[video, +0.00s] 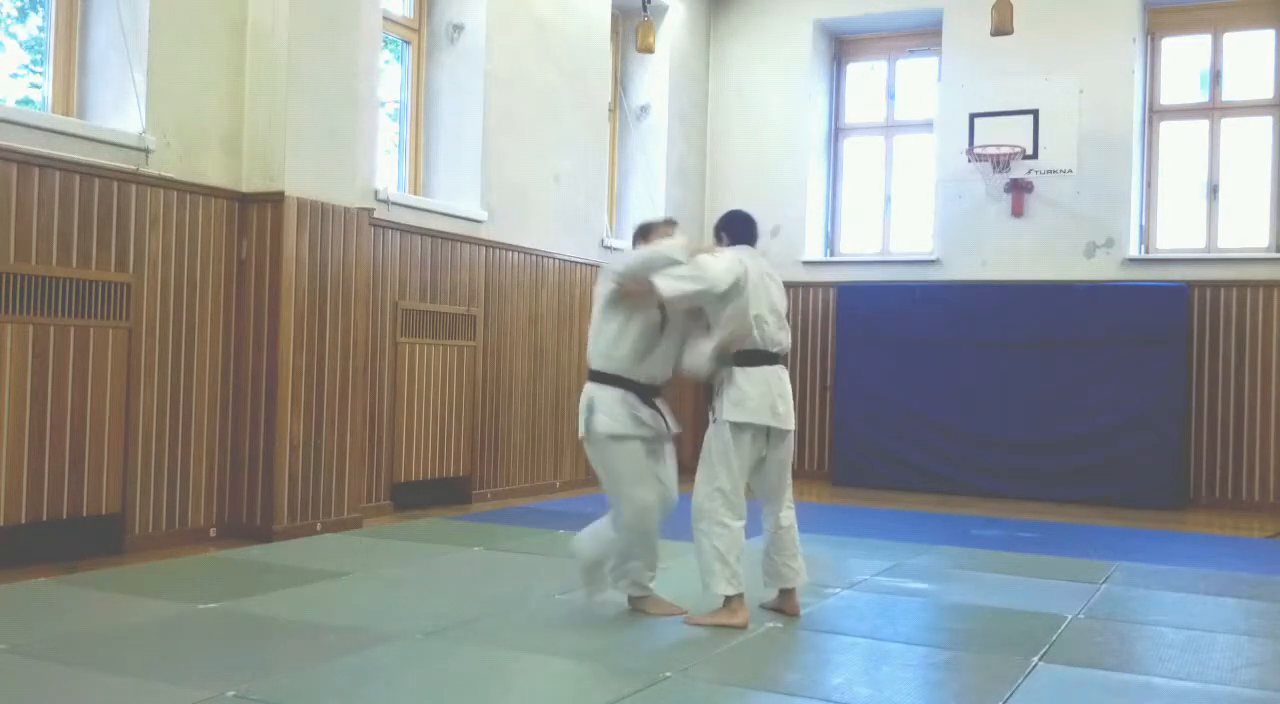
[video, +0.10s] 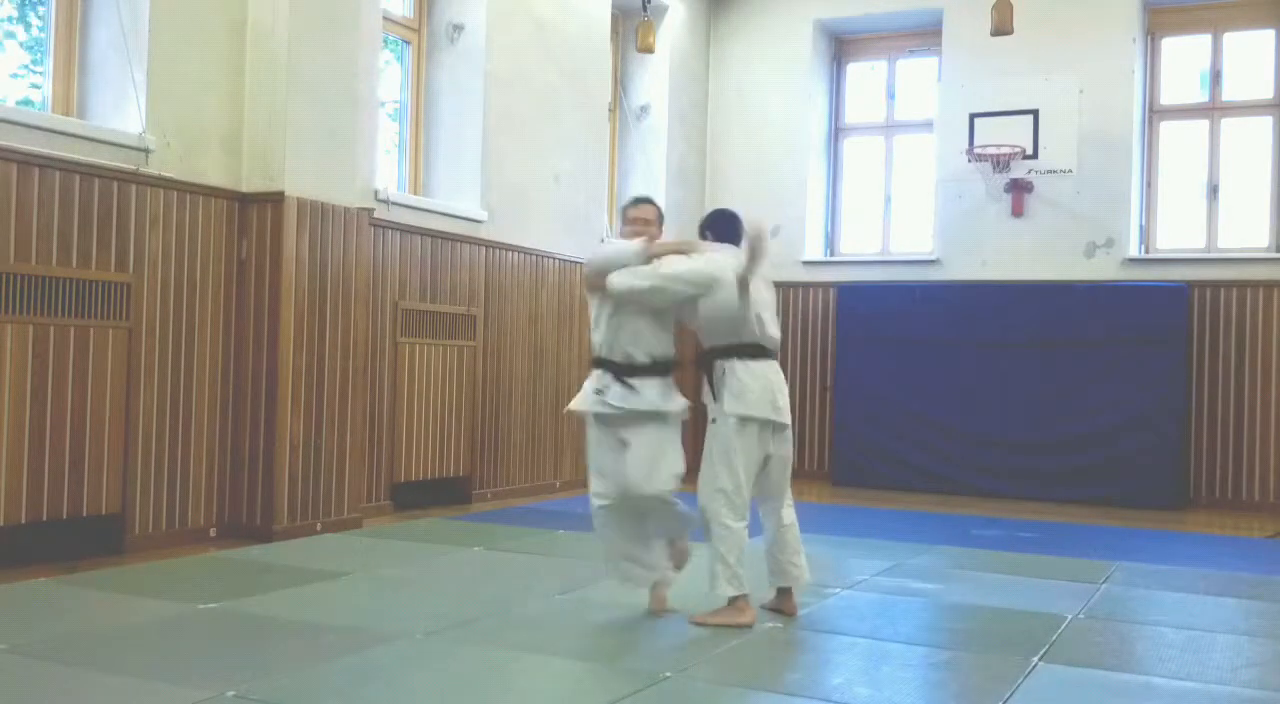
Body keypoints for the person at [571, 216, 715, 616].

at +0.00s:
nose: (676, 245)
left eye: (677, 238)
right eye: (666, 239)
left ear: (680, 245)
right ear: (643, 245)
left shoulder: (683, 294)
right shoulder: (618, 275)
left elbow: (692, 360)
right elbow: (639, 261)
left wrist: (723, 347)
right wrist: (692, 248)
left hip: (649, 406)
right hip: (609, 401)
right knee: (639, 499)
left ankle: (590, 549)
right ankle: (639, 591)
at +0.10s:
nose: (638, 230)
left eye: (647, 224)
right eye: (631, 223)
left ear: (662, 229)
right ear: (619, 228)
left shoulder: (677, 269)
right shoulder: (601, 271)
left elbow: (690, 335)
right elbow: (596, 263)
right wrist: (664, 248)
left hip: (656, 397)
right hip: (606, 397)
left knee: (647, 488)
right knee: (609, 498)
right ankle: (655, 575)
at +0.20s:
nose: (605, 248)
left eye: (613, 240)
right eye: (603, 240)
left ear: (638, 241)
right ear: (605, 243)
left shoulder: (662, 274)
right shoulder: (607, 280)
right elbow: (586, 283)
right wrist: (651, 254)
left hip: (659, 395)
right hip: (630, 396)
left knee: (600, 478)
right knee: (630, 490)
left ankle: (674, 547)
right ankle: (694, 563)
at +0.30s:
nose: (591, 284)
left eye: (596, 278)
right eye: (592, 278)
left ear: (610, 279)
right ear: (624, 277)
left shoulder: (616, 308)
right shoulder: (660, 304)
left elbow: (582, 345)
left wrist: (580, 302)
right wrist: (608, 420)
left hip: (652, 427)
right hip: (684, 426)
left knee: (599, 510)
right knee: (658, 510)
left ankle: (626, 603)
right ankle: (699, 589)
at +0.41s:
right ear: (645, 296)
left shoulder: (613, 327)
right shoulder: (670, 328)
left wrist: (592, 305)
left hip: (652, 446)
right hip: (694, 442)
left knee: (604, 531)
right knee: (677, 522)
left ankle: (629, 605)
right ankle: (692, 593)